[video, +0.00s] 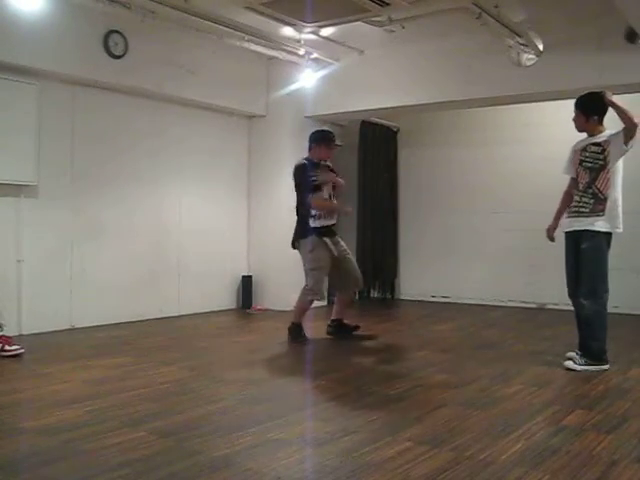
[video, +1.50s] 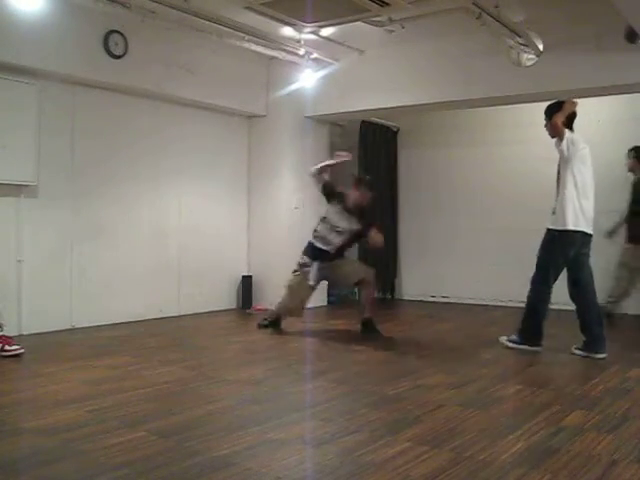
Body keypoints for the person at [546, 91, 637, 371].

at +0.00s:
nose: (574, 119)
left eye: (577, 114)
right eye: (575, 114)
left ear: (590, 116)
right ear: (590, 117)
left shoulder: (613, 143)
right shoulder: (578, 147)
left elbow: (632, 126)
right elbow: (571, 187)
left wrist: (612, 103)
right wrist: (555, 220)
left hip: (597, 227)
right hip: (572, 227)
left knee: (592, 294)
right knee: (578, 293)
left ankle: (597, 356)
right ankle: (587, 350)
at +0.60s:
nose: (568, 117)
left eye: (570, 112)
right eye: (568, 112)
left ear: (582, 112)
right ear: (586, 113)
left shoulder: (604, 139)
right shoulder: (586, 139)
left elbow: (609, 125)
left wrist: (600, 98)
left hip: (595, 228)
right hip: (579, 225)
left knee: (592, 291)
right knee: (575, 288)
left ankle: (597, 355)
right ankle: (587, 345)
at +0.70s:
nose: (568, 120)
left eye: (569, 114)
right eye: (567, 114)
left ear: (582, 113)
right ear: (584, 113)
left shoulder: (602, 140)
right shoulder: (587, 139)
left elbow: (602, 123)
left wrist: (597, 98)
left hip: (593, 228)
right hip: (580, 226)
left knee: (590, 290)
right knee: (579, 288)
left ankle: (596, 355)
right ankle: (588, 346)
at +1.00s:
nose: (564, 126)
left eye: (566, 120)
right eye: (564, 120)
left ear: (577, 118)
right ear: (576, 119)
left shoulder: (595, 143)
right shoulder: (587, 145)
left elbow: (582, 126)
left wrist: (589, 106)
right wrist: (588, 106)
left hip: (587, 229)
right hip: (582, 228)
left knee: (581, 292)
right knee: (587, 290)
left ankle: (594, 354)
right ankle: (589, 347)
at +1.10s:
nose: (562, 124)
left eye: (564, 119)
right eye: (562, 119)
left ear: (576, 118)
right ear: (576, 119)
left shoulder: (591, 142)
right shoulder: (587, 145)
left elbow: (581, 122)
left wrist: (588, 105)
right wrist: (587, 104)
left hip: (583, 228)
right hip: (589, 227)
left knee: (566, 285)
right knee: (590, 287)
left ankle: (588, 347)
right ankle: (594, 345)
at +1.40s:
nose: (552, 129)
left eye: (553, 123)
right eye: (551, 124)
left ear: (563, 120)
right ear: (568, 122)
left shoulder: (577, 143)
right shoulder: (585, 146)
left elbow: (565, 121)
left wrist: (574, 105)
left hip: (570, 226)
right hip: (588, 228)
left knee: (542, 281)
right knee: (587, 290)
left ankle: (543, 341)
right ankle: (595, 345)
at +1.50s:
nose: (546, 129)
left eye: (548, 124)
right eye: (546, 124)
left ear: (559, 121)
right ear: (566, 122)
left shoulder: (571, 144)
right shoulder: (579, 146)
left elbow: (556, 123)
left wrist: (567, 108)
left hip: (564, 228)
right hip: (581, 229)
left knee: (540, 283)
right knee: (583, 290)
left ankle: (529, 336)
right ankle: (595, 344)